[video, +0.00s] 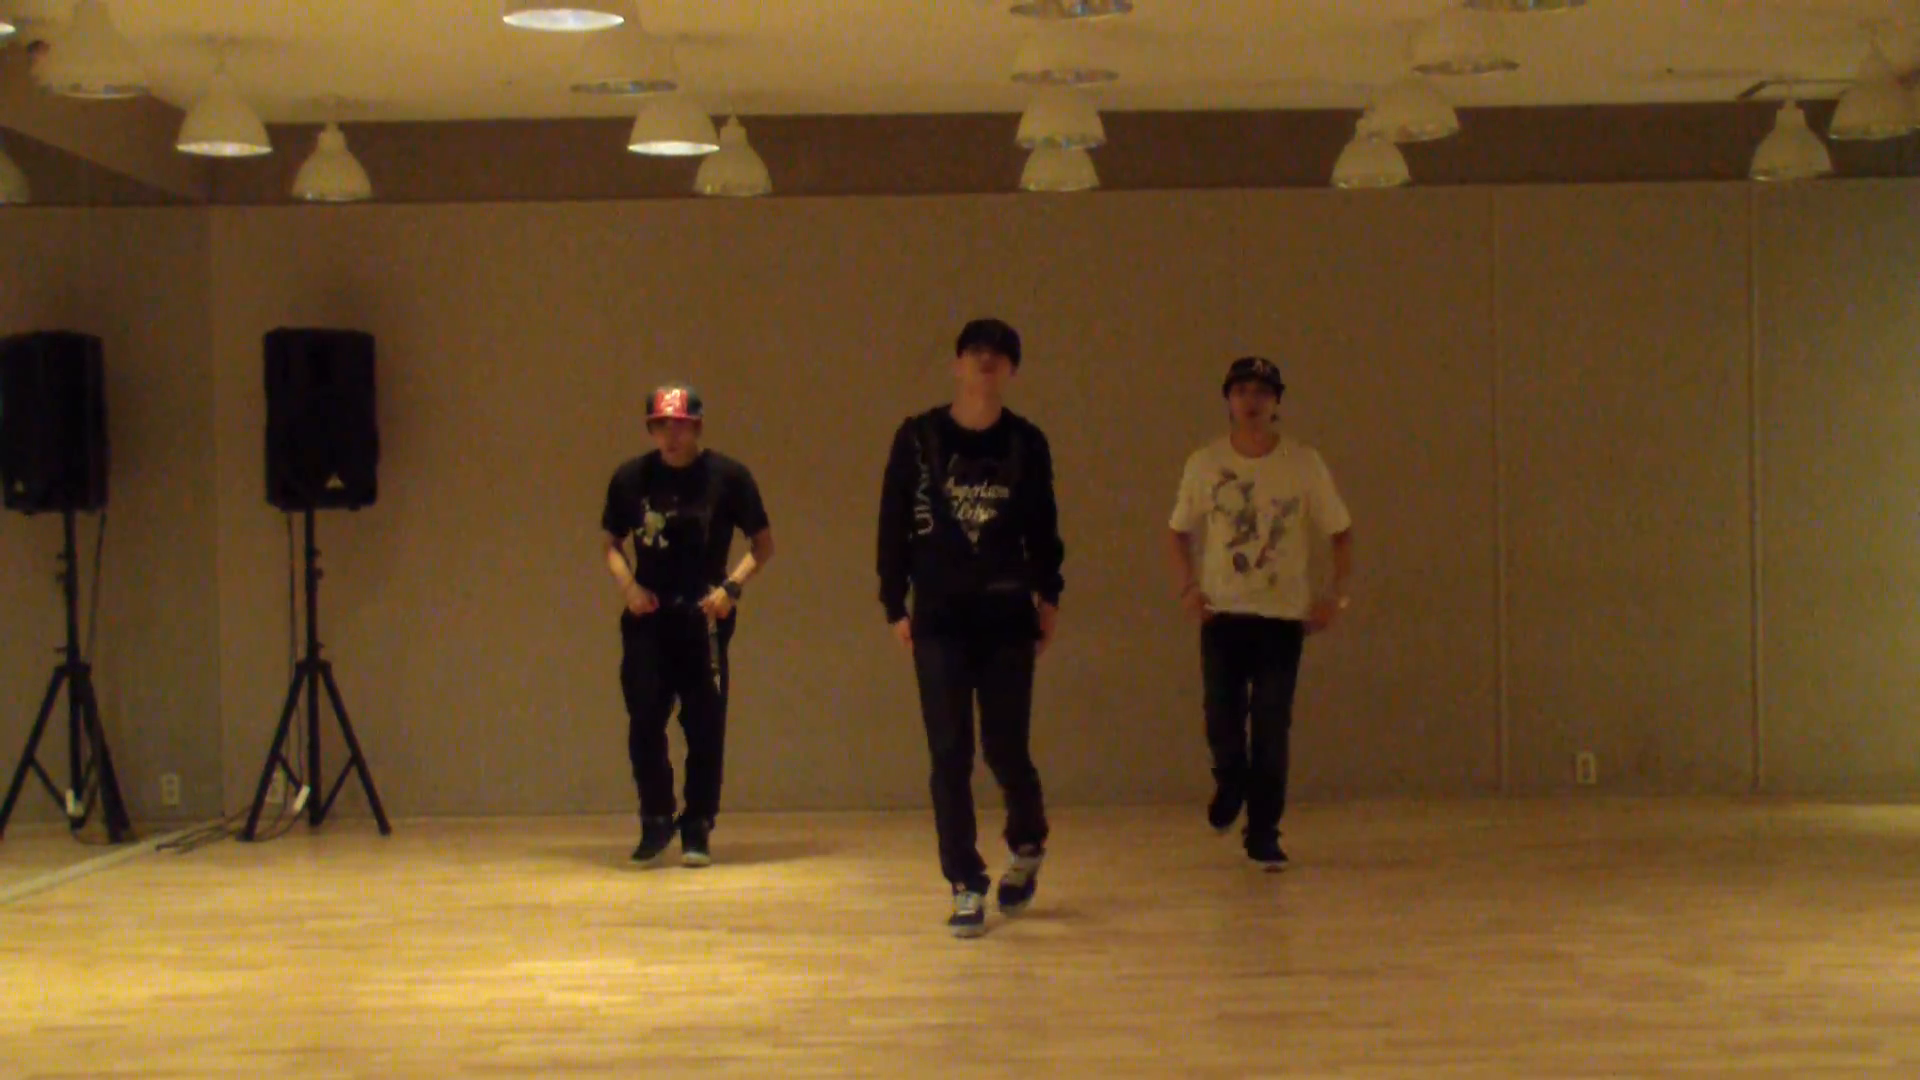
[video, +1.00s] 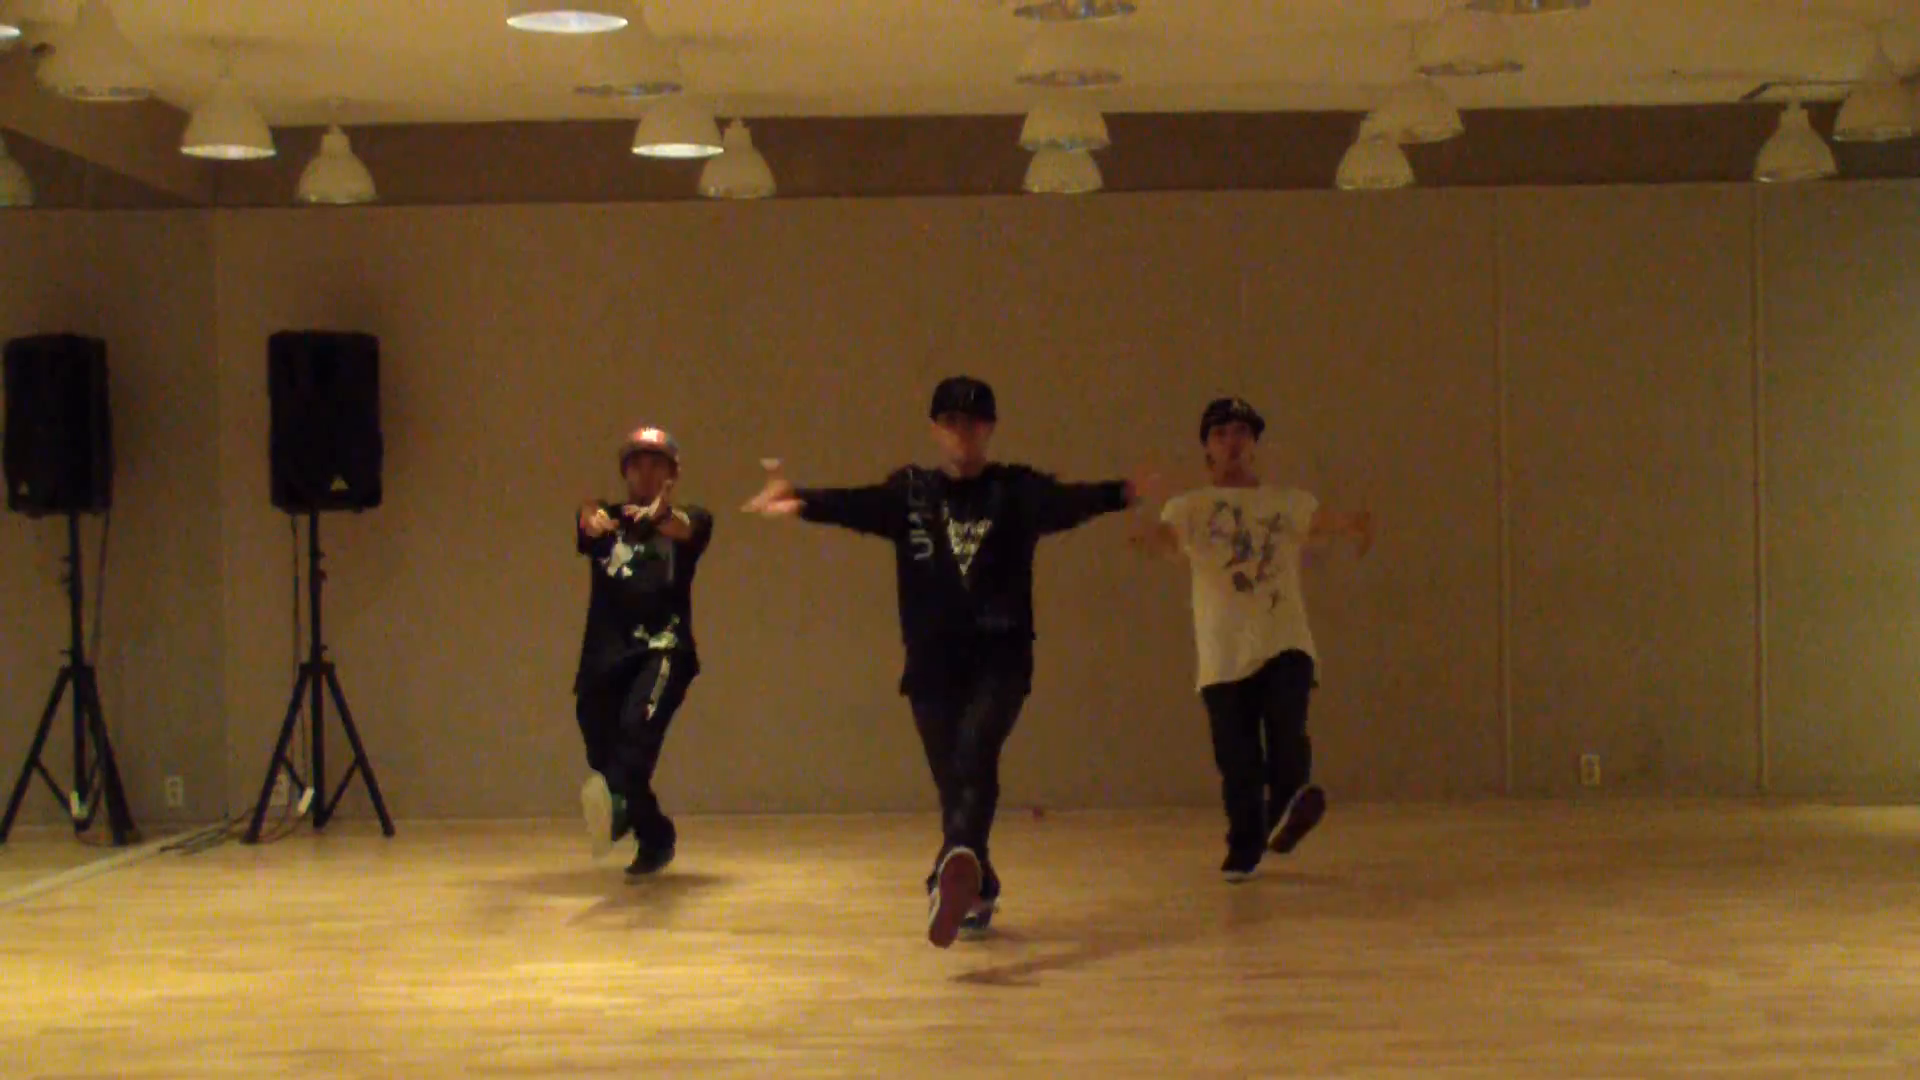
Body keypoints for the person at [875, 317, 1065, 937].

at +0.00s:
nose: (988, 368)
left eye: (998, 361)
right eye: (978, 358)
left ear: (1012, 372)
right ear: (957, 364)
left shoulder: (1026, 441)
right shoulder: (918, 436)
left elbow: (1043, 525)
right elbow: (893, 525)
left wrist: (1048, 595)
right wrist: (896, 605)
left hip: (1008, 615)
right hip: (940, 614)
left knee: (1005, 748)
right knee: (949, 753)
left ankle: (1027, 845)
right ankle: (964, 882)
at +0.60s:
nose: (953, 402)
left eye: (963, 391)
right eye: (942, 393)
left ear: (982, 395)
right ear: (926, 399)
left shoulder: (1019, 459)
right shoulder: (911, 464)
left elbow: (1054, 541)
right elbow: (897, 551)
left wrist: (1044, 516)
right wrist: (889, 516)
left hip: (1005, 616)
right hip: (939, 623)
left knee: (983, 691)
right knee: (952, 760)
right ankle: (969, 884)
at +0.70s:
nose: (956, 400)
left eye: (966, 388)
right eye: (944, 390)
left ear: (984, 394)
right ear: (928, 397)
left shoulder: (1019, 453)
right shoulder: (913, 463)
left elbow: (1060, 541)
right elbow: (889, 558)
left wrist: (1042, 498)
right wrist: (894, 501)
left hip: (1005, 617)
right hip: (939, 625)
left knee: (976, 677)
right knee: (950, 764)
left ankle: (1001, 755)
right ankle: (970, 887)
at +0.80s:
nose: (961, 416)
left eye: (970, 403)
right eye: (949, 404)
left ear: (987, 404)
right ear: (931, 406)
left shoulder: (1014, 461)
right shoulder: (918, 470)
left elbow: (1045, 512)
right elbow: (895, 519)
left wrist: (1049, 491)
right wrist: (881, 489)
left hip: (1002, 627)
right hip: (937, 630)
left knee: (980, 730)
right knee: (951, 751)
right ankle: (966, 874)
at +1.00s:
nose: (965, 439)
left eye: (975, 427)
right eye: (954, 427)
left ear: (992, 430)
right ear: (935, 429)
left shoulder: (1016, 490)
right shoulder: (909, 495)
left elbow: (1068, 502)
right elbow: (854, 504)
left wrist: (1122, 493)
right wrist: (799, 501)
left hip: (1000, 658)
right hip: (933, 661)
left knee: (973, 755)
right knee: (952, 777)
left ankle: (952, 878)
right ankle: (977, 892)